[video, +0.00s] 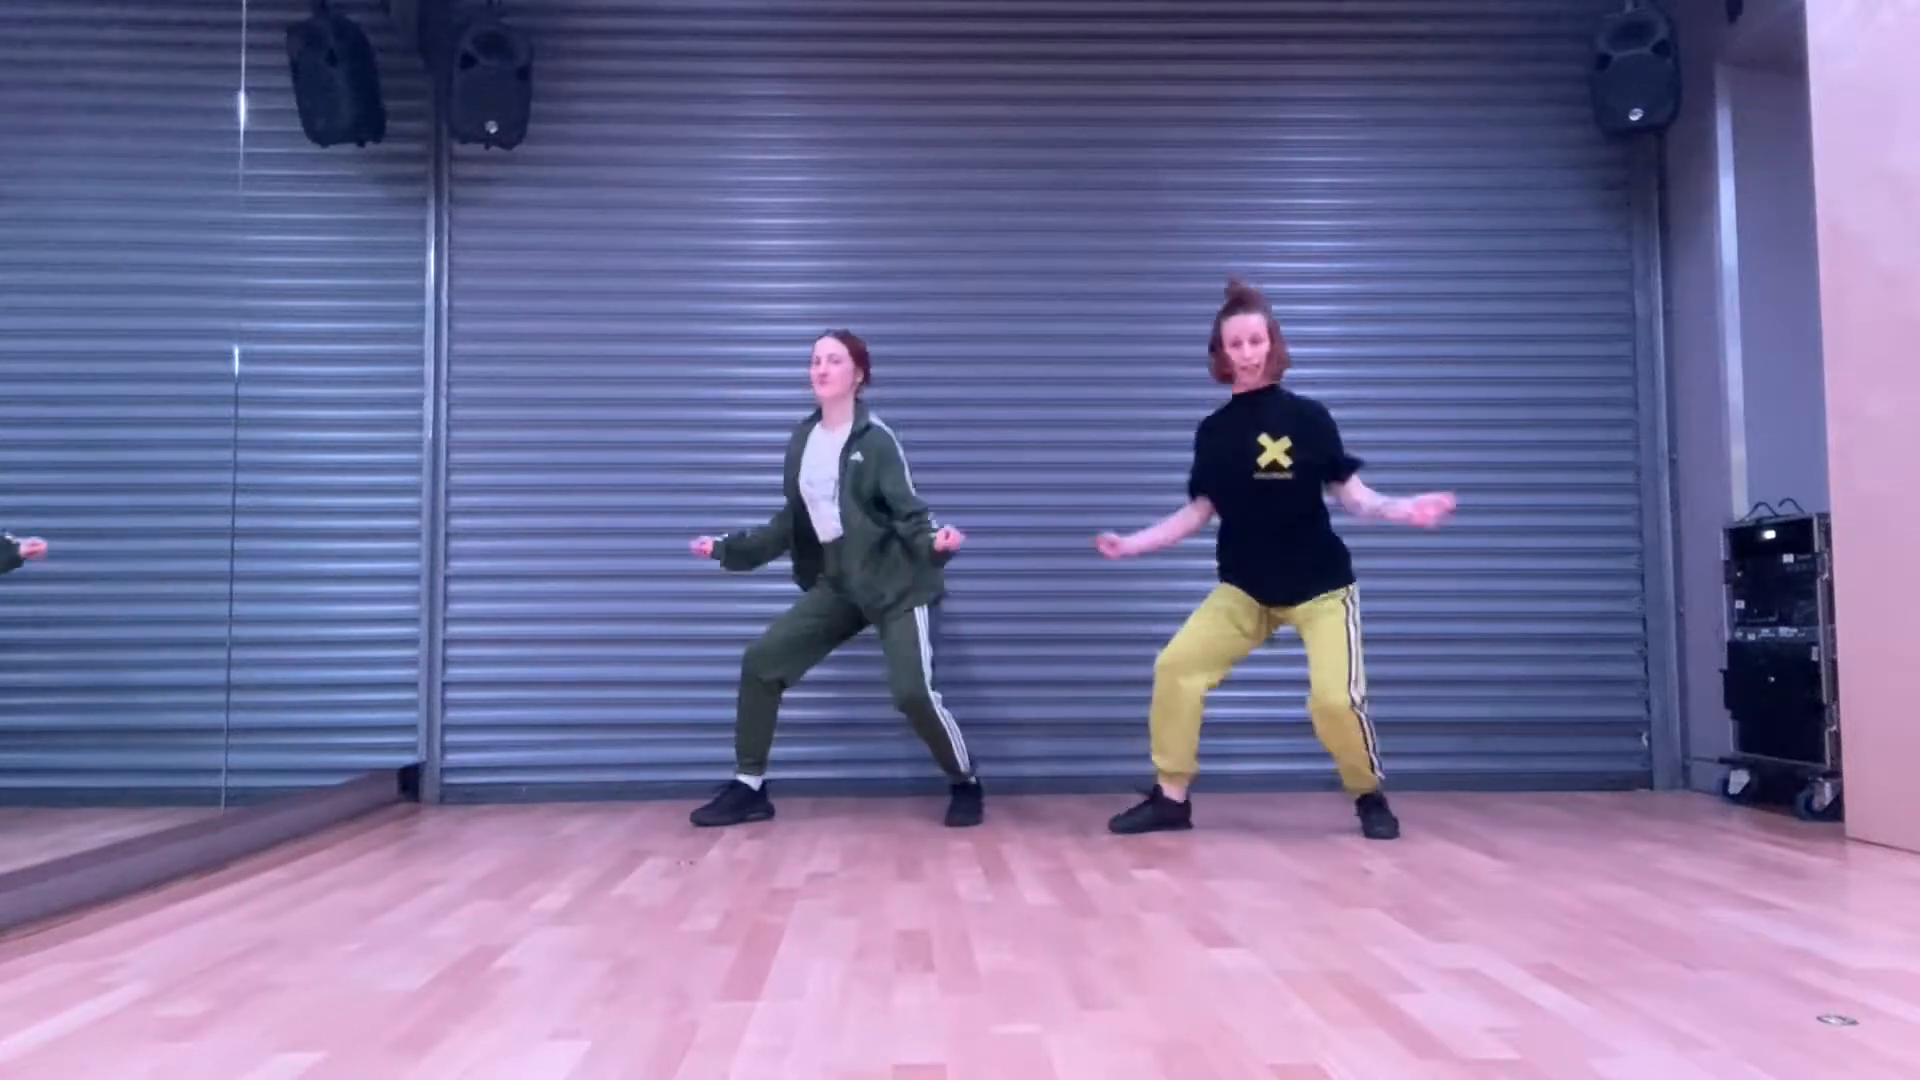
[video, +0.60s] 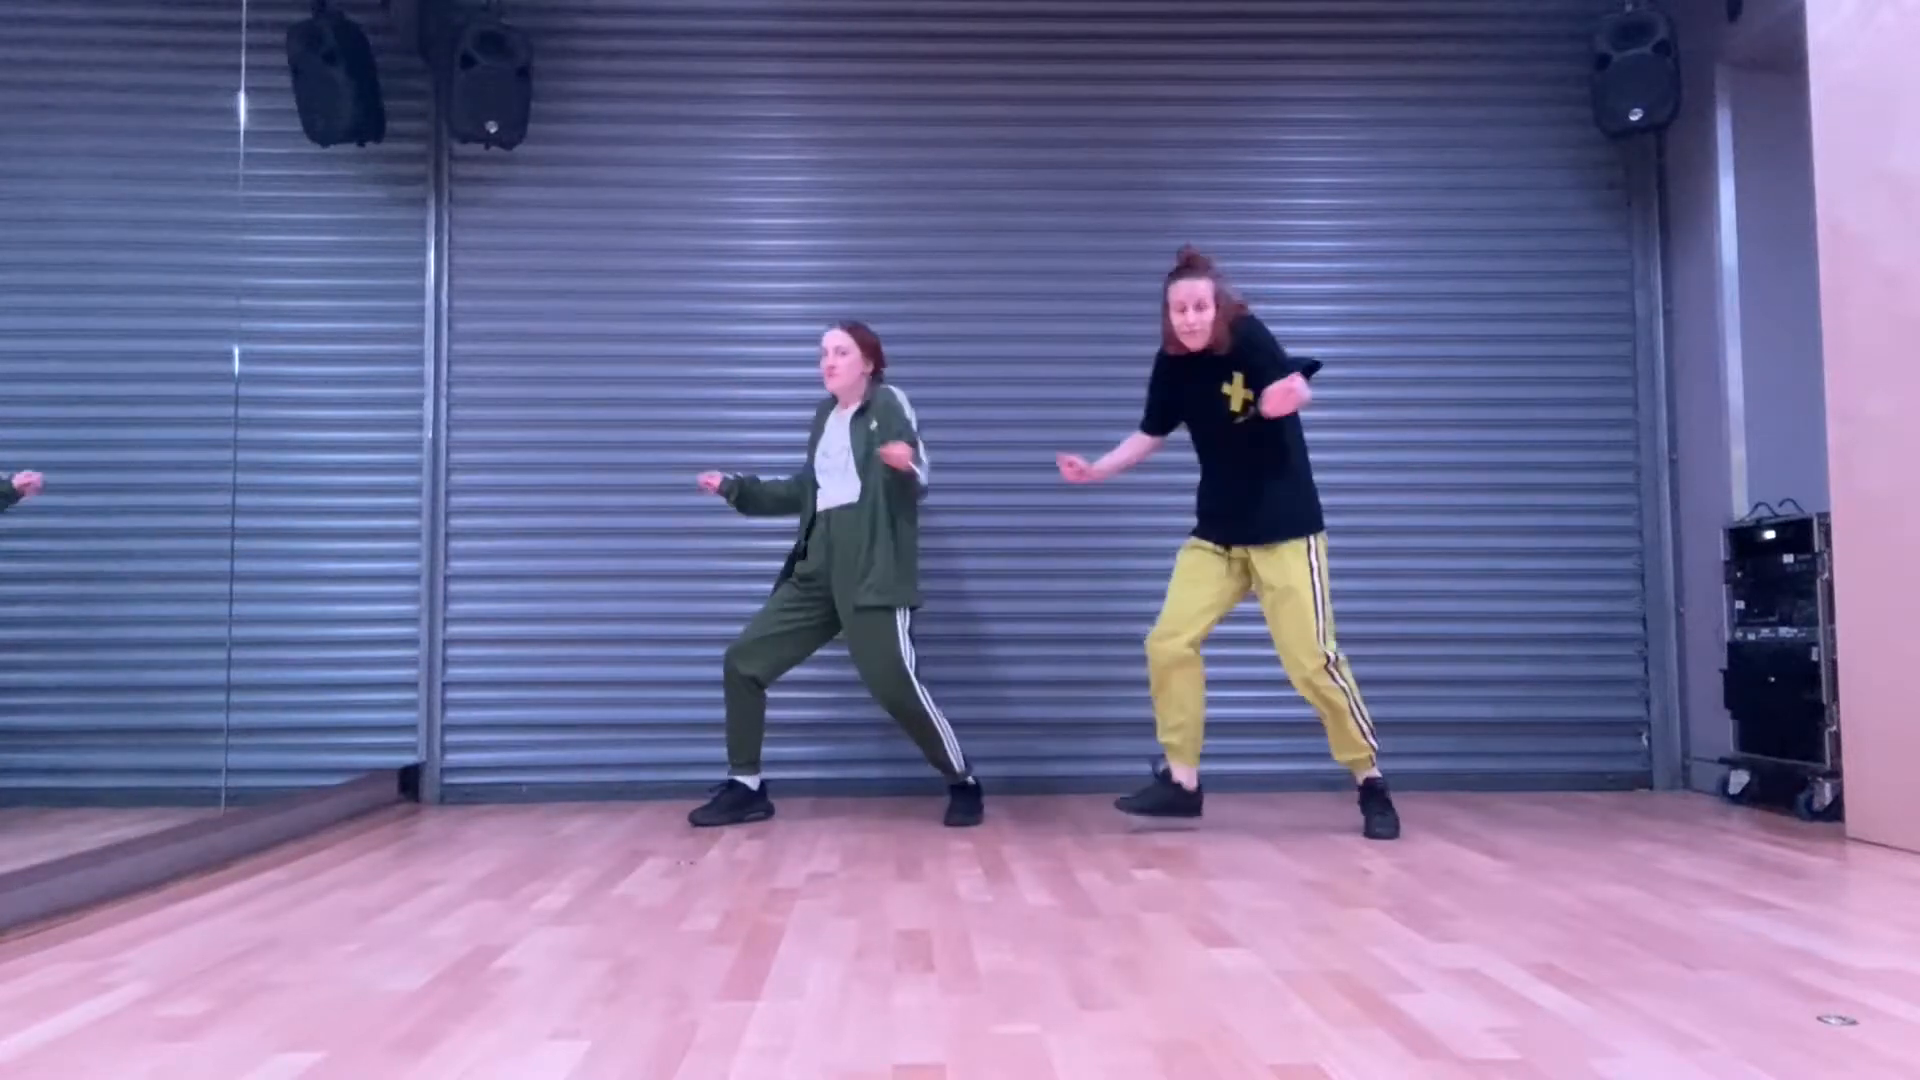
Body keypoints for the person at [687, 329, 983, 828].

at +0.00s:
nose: (821, 369)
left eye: (833, 361)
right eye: (815, 362)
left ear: (859, 375)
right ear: (809, 374)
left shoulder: (877, 440)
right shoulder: (803, 439)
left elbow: (909, 516)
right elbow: (793, 522)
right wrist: (729, 547)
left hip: (896, 583)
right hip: (837, 586)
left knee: (913, 693)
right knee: (762, 663)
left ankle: (965, 784)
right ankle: (748, 788)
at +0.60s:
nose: (828, 362)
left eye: (840, 353)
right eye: (824, 355)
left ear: (869, 362)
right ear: (822, 367)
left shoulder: (887, 404)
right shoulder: (826, 418)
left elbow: (915, 472)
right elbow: (810, 492)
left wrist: (904, 462)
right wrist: (736, 488)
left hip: (874, 570)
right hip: (818, 572)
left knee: (894, 685)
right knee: (744, 663)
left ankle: (962, 783)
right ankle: (745, 787)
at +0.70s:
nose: (791, 341)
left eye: (803, 333)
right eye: (789, 333)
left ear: (831, 345)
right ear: (784, 344)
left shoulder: (838, 379)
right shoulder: (782, 391)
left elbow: (859, 427)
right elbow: (759, 460)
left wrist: (807, 457)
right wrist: (692, 489)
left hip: (870, 552)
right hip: (818, 558)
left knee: (908, 673)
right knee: (762, 650)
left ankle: (966, 778)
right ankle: (753, 778)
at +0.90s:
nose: (745, 342)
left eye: (757, 332)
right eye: (739, 334)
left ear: (784, 339)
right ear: (736, 343)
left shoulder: (800, 399)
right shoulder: (748, 406)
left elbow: (817, 478)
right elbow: (750, 497)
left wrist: (816, 550)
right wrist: (719, 557)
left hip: (825, 557)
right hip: (774, 562)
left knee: (872, 666)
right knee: (735, 661)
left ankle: (957, 767)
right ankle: (761, 786)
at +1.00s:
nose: (733, 363)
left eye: (741, 352)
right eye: (727, 355)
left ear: (773, 354)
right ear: (728, 363)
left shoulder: (812, 404)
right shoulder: (747, 415)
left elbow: (839, 481)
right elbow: (755, 493)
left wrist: (822, 521)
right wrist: (718, 526)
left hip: (789, 562)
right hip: (740, 565)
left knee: (808, 680)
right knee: (710, 673)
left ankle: (906, 752)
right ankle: (761, 788)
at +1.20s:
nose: (727, 369)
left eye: (738, 359)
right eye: (721, 360)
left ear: (766, 366)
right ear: (718, 368)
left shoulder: (790, 414)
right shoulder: (717, 432)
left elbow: (809, 486)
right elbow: (692, 518)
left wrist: (776, 546)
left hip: (797, 559)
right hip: (745, 561)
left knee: (726, 671)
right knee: (706, 675)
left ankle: (784, 778)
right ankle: (754, 783)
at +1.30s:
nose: (718, 356)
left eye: (730, 348)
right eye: (716, 348)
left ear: (759, 359)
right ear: (714, 360)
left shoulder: (782, 406)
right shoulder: (714, 430)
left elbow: (822, 478)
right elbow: (710, 509)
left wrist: (796, 494)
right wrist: (668, 535)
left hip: (795, 569)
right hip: (743, 571)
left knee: (748, 678)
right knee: (708, 675)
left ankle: (790, 787)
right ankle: (755, 786)